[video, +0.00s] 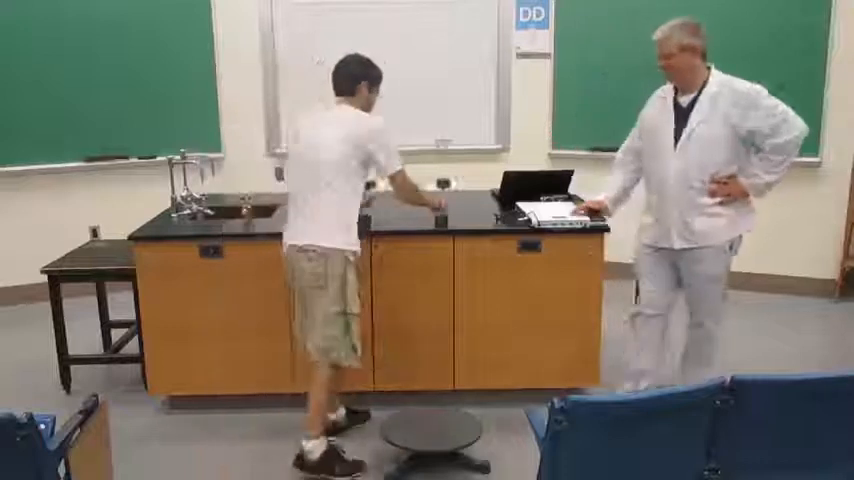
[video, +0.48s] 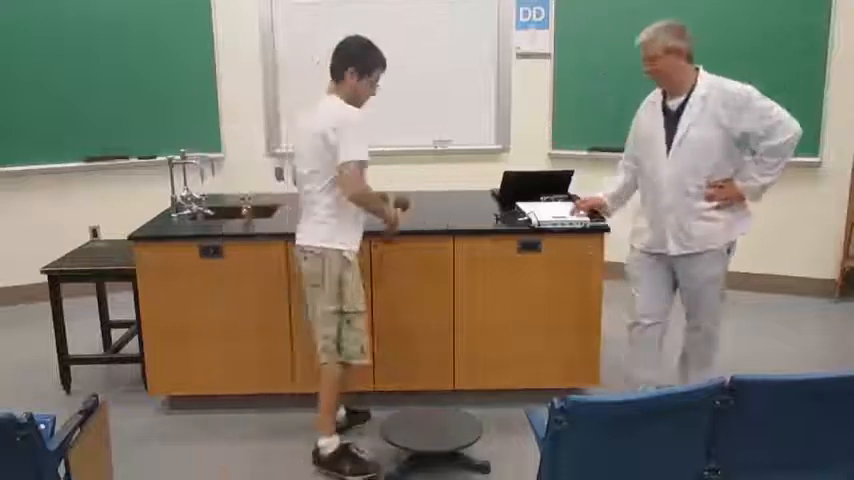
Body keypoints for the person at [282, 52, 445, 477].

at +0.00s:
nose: (377, 98)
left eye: (376, 91)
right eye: (376, 91)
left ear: (339, 88)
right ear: (364, 88)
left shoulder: (309, 122)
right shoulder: (368, 125)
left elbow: (301, 178)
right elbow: (403, 188)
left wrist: (351, 194)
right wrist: (430, 201)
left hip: (296, 246)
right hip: (330, 251)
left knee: (323, 340)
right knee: (326, 352)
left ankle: (333, 413)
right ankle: (313, 447)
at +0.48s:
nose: (374, 91)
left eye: (375, 82)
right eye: (372, 81)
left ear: (341, 75)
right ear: (350, 75)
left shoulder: (312, 115)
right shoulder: (345, 118)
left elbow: (317, 185)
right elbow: (354, 188)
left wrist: (376, 205)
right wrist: (388, 213)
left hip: (313, 243)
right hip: (332, 249)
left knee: (341, 337)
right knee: (334, 348)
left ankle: (339, 410)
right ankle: (327, 444)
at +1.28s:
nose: (390, 107)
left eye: (394, 98)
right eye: (387, 98)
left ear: (361, 87)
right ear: (360, 85)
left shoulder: (351, 124)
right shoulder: (337, 133)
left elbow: (347, 206)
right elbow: (312, 213)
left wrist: (375, 248)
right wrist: (336, 272)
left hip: (372, 254)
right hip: (347, 265)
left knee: (426, 311)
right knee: (343, 359)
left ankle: (409, 399)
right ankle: (330, 446)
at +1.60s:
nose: (409, 109)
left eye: (413, 101)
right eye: (407, 99)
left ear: (384, 86)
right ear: (382, 84)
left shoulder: (369, 126)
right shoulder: (350, 132)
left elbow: (363, 205)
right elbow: (329, 210)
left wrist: (385, 252)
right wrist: (346, 276)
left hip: (386, 257)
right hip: (357, 269)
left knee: (436, 317)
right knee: (348, 362)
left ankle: (415, 401)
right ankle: (330, 446)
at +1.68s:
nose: (409, 109)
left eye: (413, 101)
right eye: (407, 99)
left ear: (384, 86)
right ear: (382, 84)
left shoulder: (369, 126)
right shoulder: (350, 132)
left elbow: (363, 205)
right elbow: (328, 210)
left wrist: (385, 252)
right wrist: (346, 276)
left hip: (386, 257)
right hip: (357, 269)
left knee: (436, 317)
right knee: (348, 362)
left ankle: (415, 401)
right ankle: (330, 446)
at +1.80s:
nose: (411, 108)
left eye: (416, 100)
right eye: (410, 99)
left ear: (386, 86)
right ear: (384, 84)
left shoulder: (370, 126)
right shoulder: (351, 132)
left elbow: (364, 202)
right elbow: (330, 210)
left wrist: (386, 254)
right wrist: (345, 274)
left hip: (389, 258)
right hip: (359, 270)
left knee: (439, 318)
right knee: (348, 362)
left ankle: (414, 401)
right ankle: (330, 446)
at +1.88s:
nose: (411, 108)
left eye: (416, 100)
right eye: (410, 99)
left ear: (386, 86)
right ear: (384, 84)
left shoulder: (370, 126)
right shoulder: (351, 132)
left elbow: (365, 203)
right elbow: (330, 210)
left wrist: (387, 254)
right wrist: (345, 274)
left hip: (389, 258)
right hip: (359, 270)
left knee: (438, 318)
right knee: (348, 362)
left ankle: (414, 401)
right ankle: (331, 446)